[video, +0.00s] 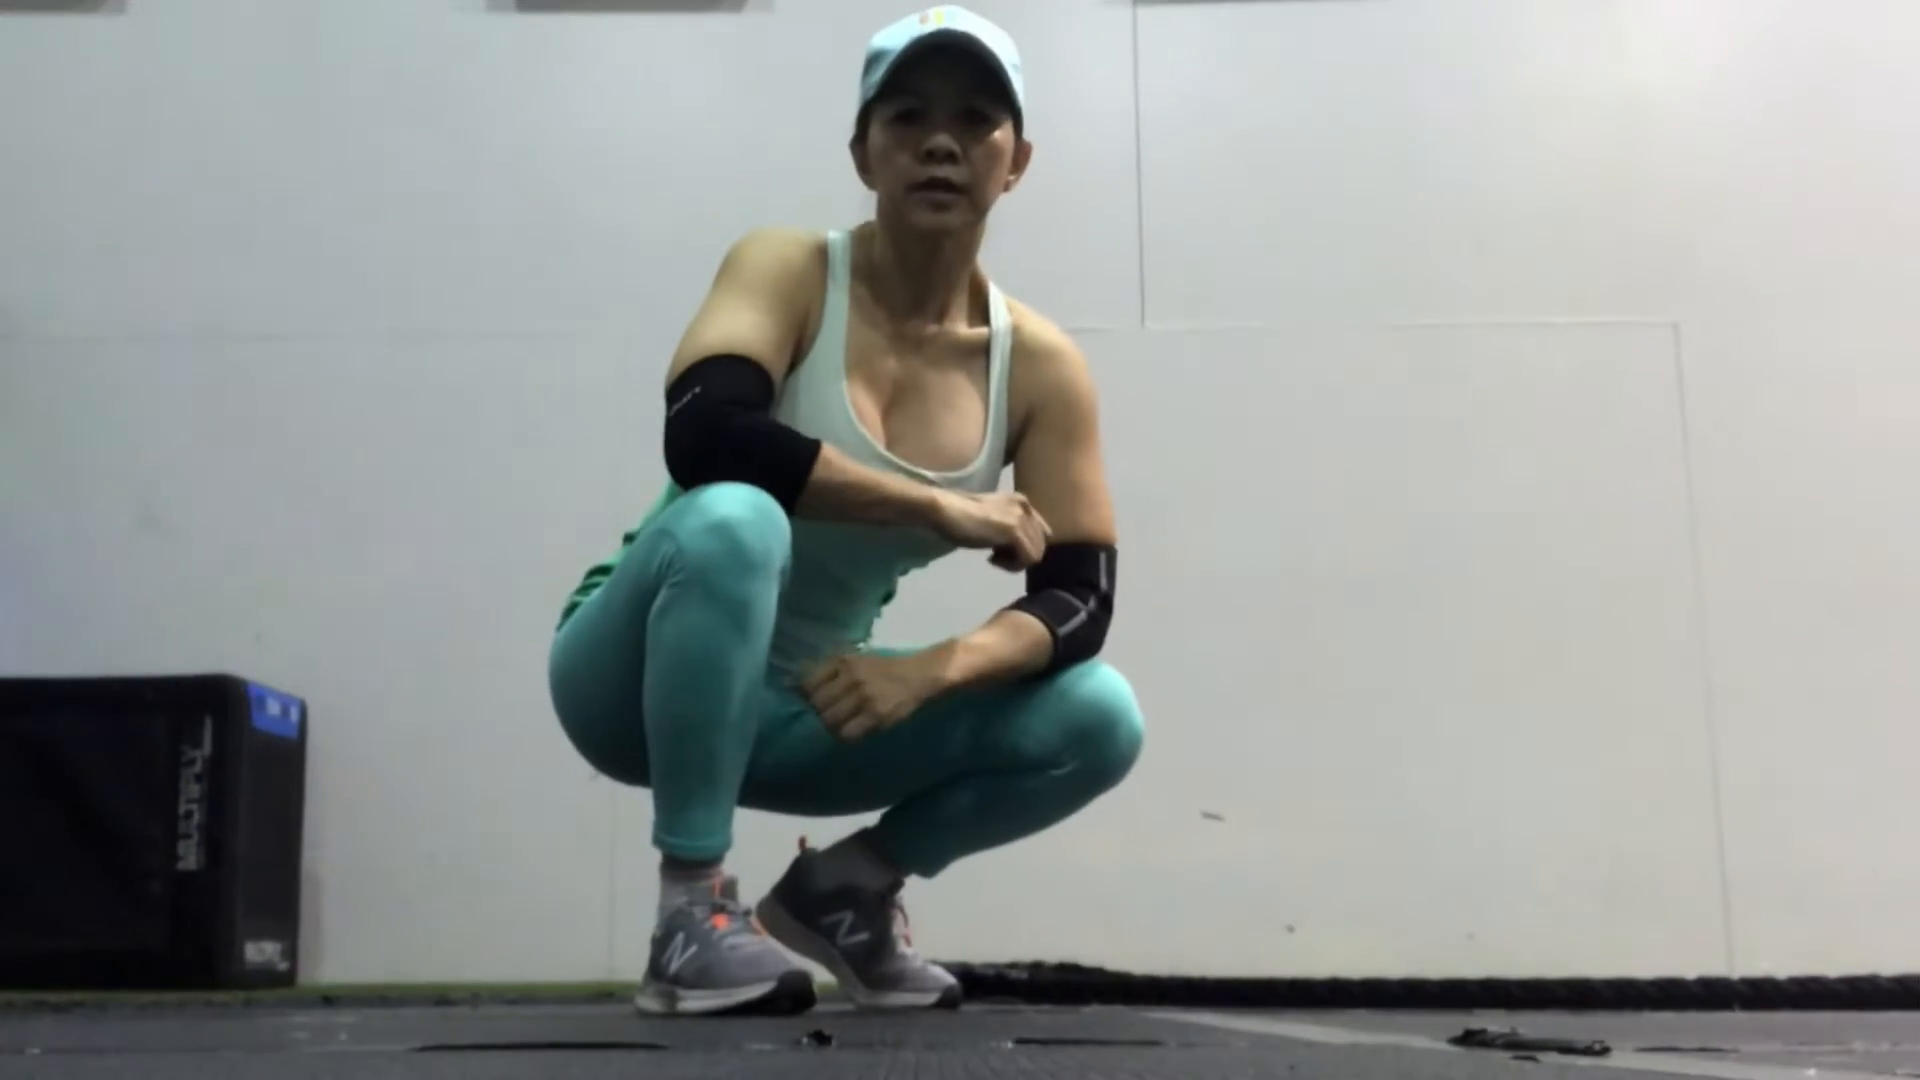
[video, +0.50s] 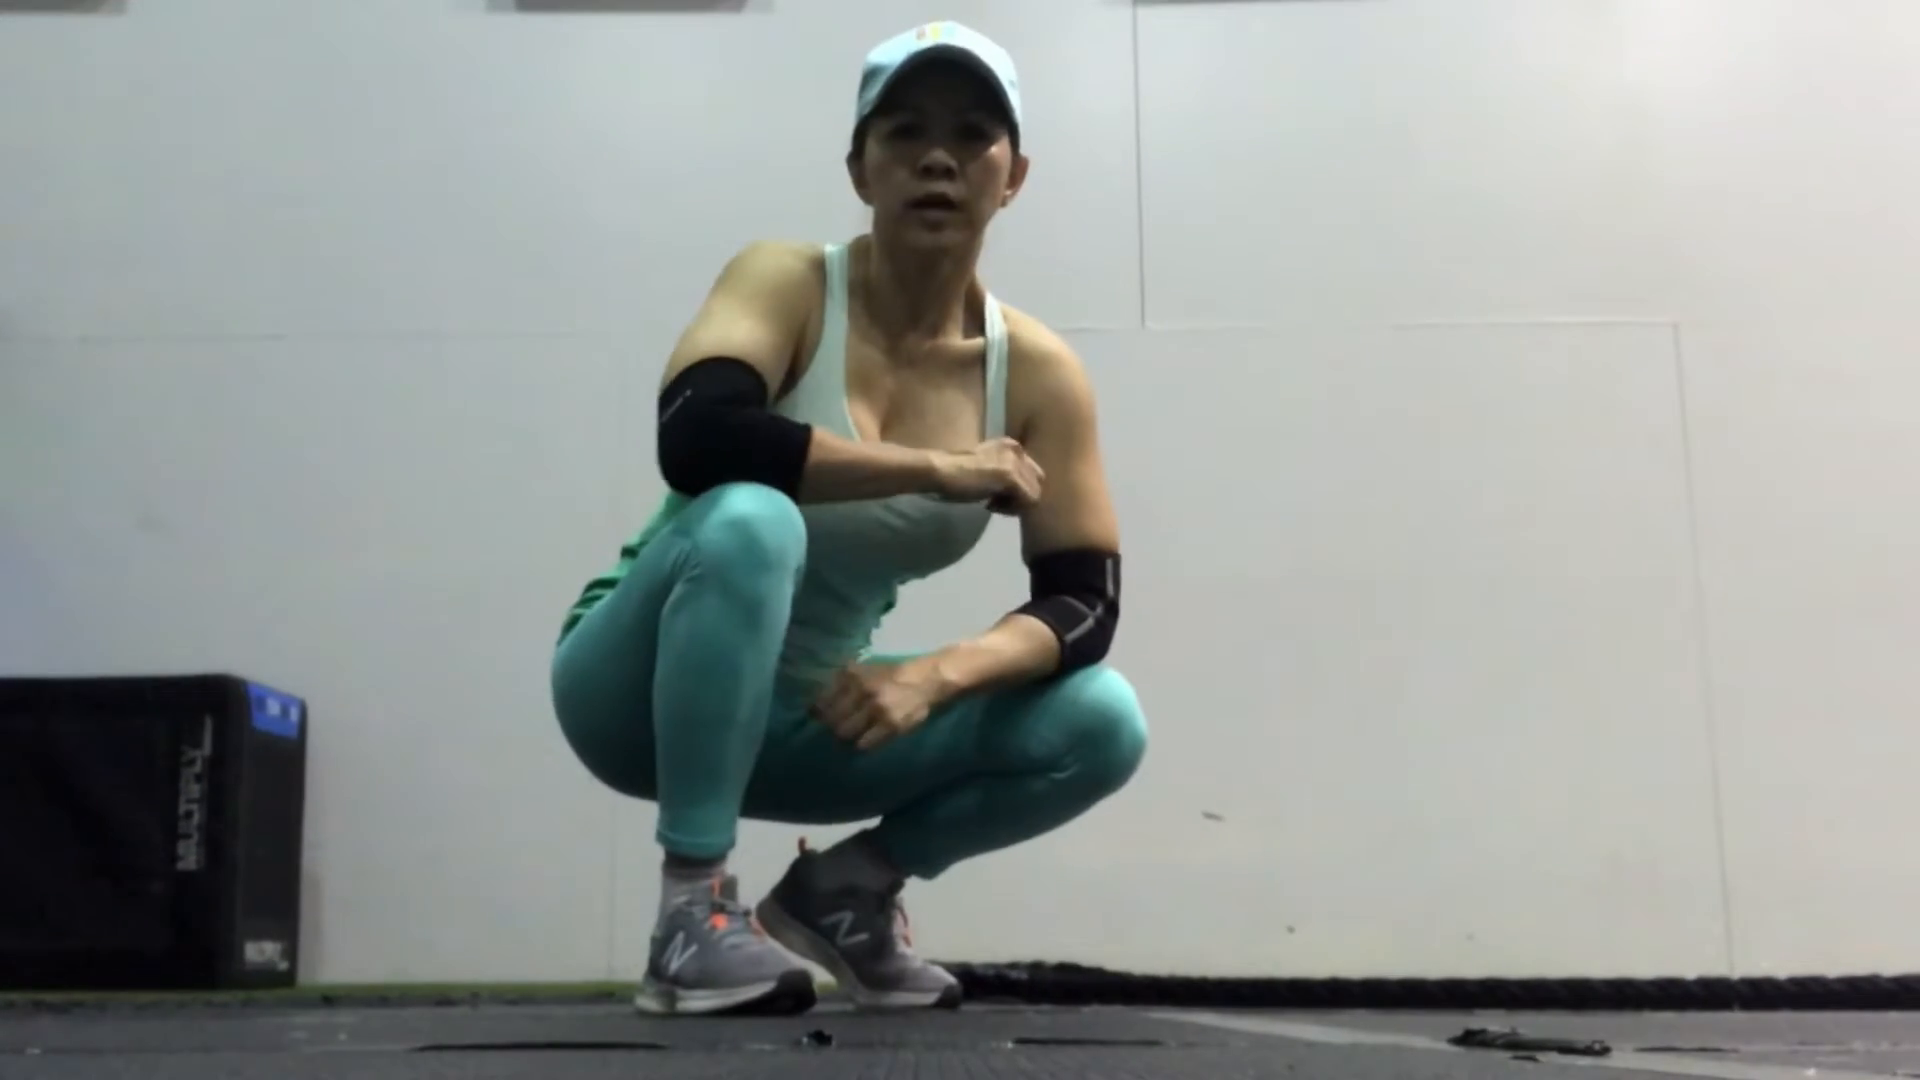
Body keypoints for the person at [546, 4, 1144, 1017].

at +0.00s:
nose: (940, 140)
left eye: (972, 117)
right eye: (909, 115)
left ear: (1015, 159)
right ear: (864, 149)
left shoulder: (1040, 367)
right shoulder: (782, 270)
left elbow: (1078, 600)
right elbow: (707, 437)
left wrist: (929, 669)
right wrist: (938, 506)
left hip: (813, 711)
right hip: (645, 675)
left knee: (1097, 720)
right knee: (734, 523)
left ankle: (842, 888)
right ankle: (691, 915)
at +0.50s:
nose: (937, 156)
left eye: (969, 134)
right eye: (906, 132)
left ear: (1012, 176)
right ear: (861, 167)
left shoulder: (1036, 373)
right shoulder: (781, 283)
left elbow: (1081, 608)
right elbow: (699, 441)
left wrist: (936, 674)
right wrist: (933, 468)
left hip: (814, 718)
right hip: (638, 689)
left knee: (1099, 723)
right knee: (751, 525)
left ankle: (843, 888)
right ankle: (692, 912)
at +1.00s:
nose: (936, 163)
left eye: (968, 141)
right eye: (906, 138)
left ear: (1010, 182)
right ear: (860, 171)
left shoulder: (1034, 377)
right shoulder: (780, 287)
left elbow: (1082, 609)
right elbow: (715, 438)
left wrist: (936, 691)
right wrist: (949, 493)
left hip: (813, 722)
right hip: (643, 694)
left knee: (1101, 727)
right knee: (756, 526)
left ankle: (841, 888)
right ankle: (692, 911)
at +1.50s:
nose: (958, 171)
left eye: (989, 150)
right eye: (928, 142)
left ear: (1020, 191)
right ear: (869, 173)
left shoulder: (1040, 384)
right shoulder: (785, 291)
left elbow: (1079, 617)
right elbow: (713, 439)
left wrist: (933, 702)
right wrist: (943, 496)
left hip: (819, 731)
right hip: (654, 701)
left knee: (1100, 735)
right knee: (745, 520)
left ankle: (839, 889)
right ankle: (690, 913)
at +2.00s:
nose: (983, 180)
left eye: (1005, 155)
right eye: (945, 152)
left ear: (1032, 181)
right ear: (878, 179)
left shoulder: (1048, 389)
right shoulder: (792, 295)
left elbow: (1087, 620)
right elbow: (715, 437)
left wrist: (949, 708)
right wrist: (946, 497)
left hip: (821, 729)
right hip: (657, 696)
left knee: (1107, 740)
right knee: (746, 520)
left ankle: (839, 890)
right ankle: (692, 911)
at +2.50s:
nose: (960, 190)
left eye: (992, 163)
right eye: (928, 160)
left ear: (1032, 191)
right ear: (879, 181)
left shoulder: (1053, 392)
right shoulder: (796, 294)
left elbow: (1092, 625)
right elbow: (715, 437)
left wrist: (946, 715)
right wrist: (944, 495)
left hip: (833, 729)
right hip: (668, 697)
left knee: (1110, 747)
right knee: (744, 516)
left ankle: (842, 889)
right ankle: (692, 908)